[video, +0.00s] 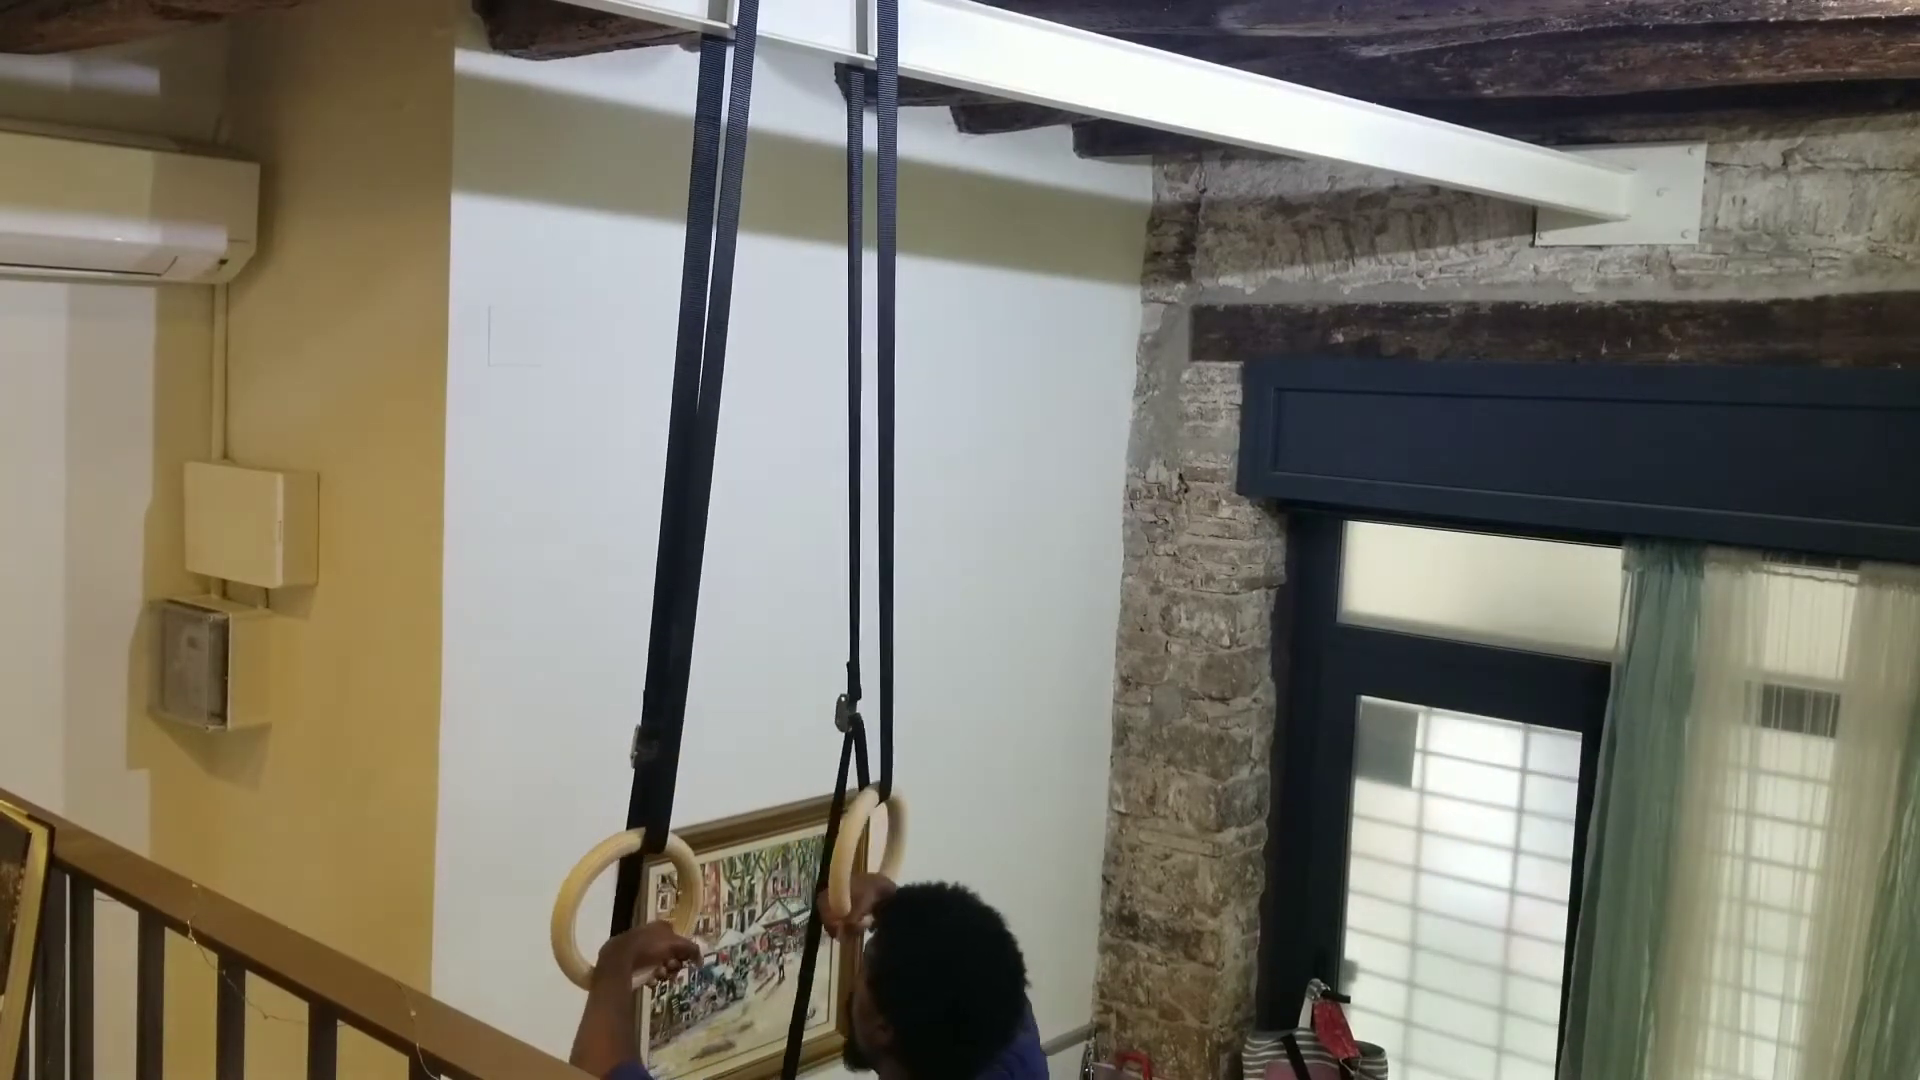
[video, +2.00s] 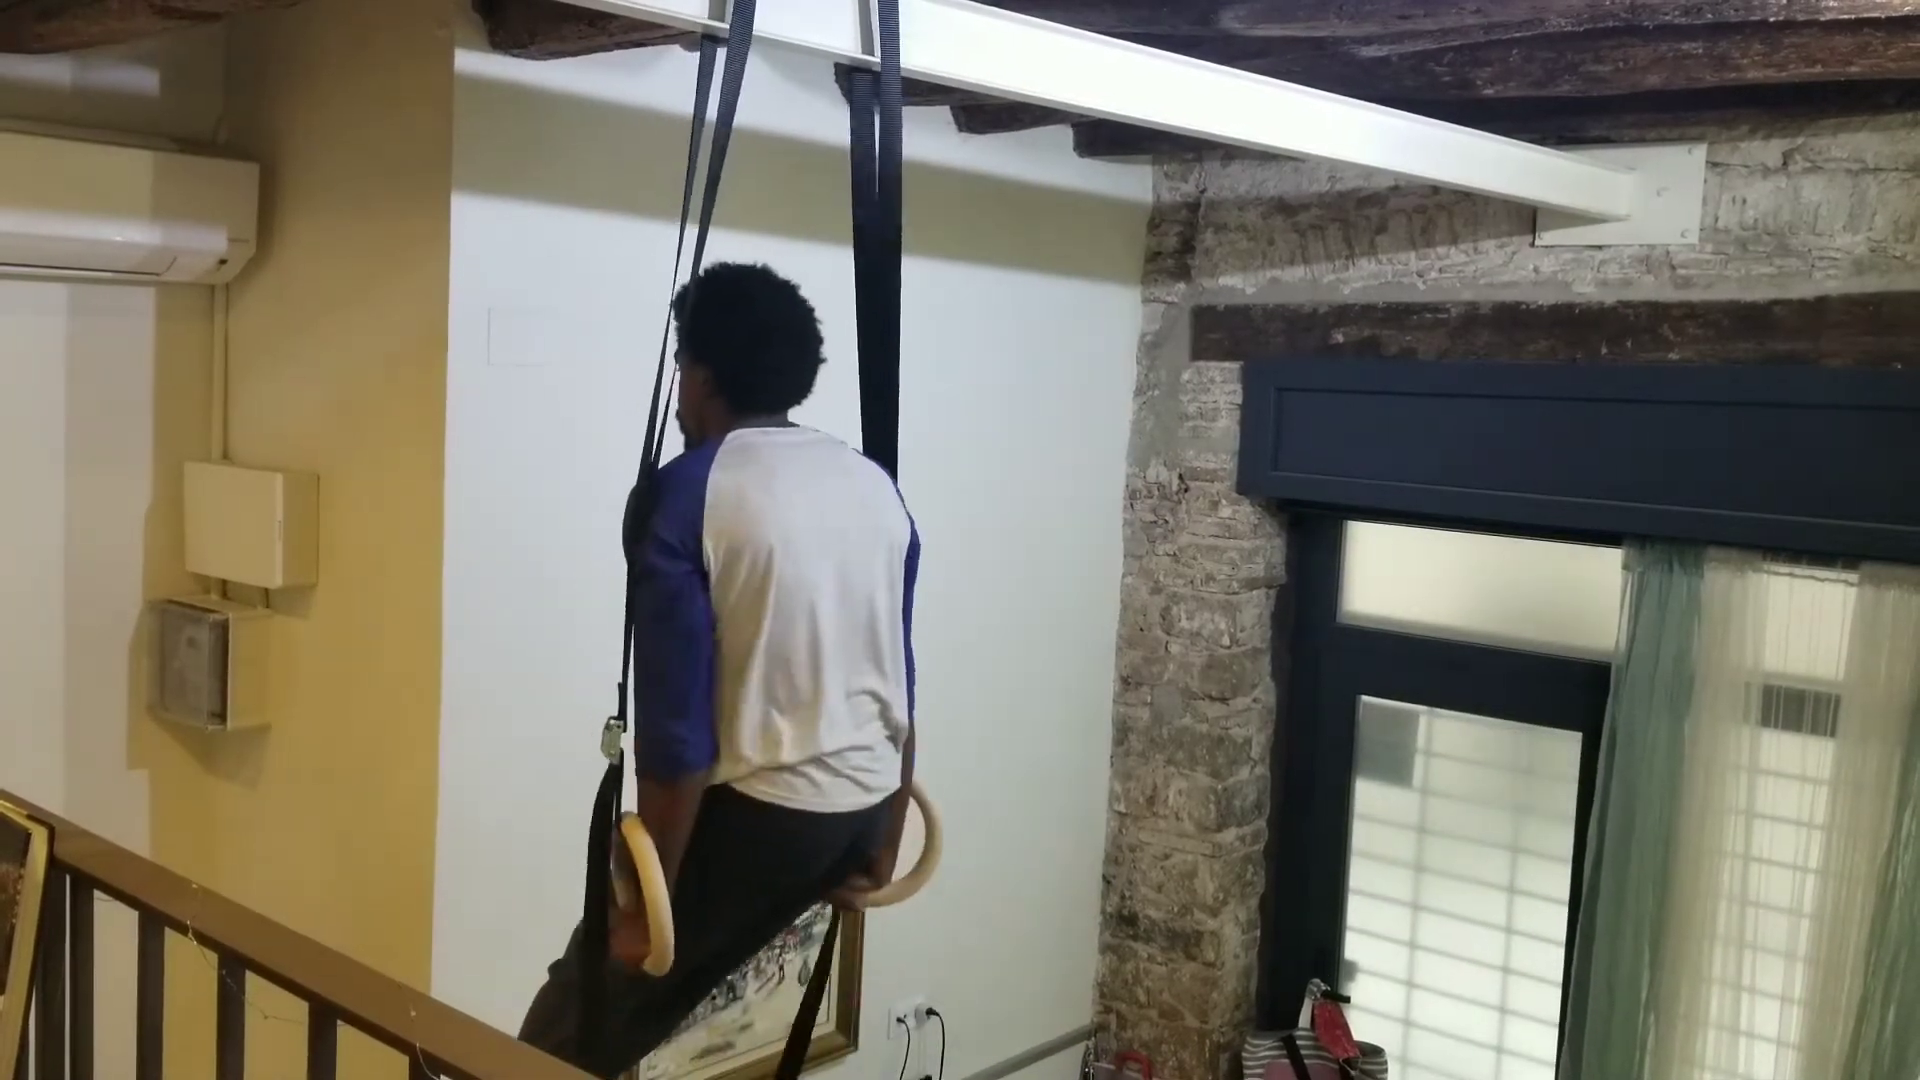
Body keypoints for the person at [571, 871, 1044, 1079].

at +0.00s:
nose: (856, 972)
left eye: (865, 975)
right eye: (868, 962)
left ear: (882, 1032)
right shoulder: (1016, 1056)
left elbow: (605, 1068)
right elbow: (991, 974)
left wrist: (614, 966)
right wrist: (890, 902)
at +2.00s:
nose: (678, 388)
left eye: (682, 365)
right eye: (683, 364)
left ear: (701, 375)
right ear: (796, 376)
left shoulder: (684, 493)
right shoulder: (876, 487)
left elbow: (676, 731)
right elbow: (899, 690)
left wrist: (642, 902)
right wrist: (881, 847)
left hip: (747, 826)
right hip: (854, 823)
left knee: (575, 1020)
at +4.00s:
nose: (631, 399)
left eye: (633, 378)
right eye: (631, 378)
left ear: (657, 375)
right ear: (741, 376)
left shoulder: (657, 478)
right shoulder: (845, 472)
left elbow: (643, 694)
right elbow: (859, 637)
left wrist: (600, 867)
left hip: (726, 800)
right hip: (837, 805)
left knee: (621, 1035)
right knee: (702, 1042)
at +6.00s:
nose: (601, 429)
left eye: (596, 411)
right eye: (594, 412)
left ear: (619, 397)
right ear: (699, 382)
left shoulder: (617, 489)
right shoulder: (812, 470)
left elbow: (628, 693)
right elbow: (816, 661)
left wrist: (635, 895)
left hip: (730, 803)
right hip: (851, 794)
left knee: (739, 1060)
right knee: (831, 1059)